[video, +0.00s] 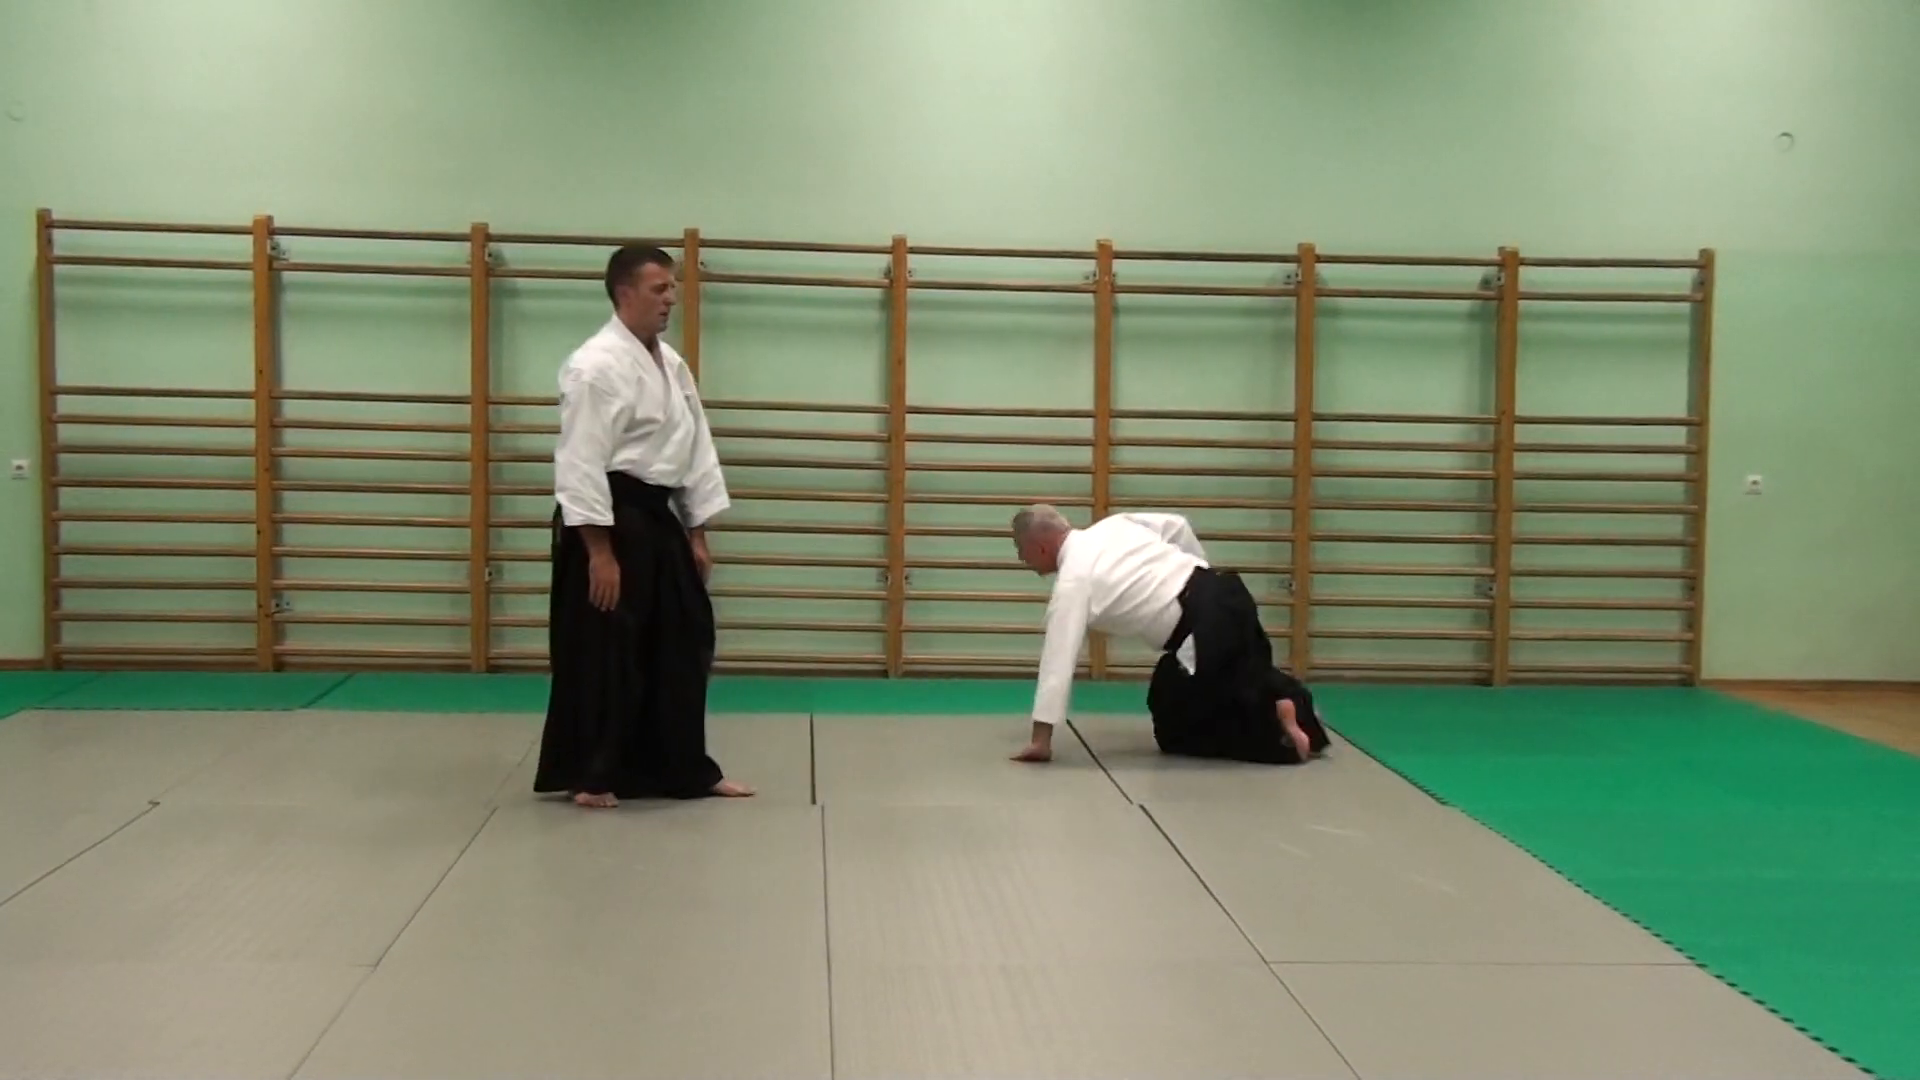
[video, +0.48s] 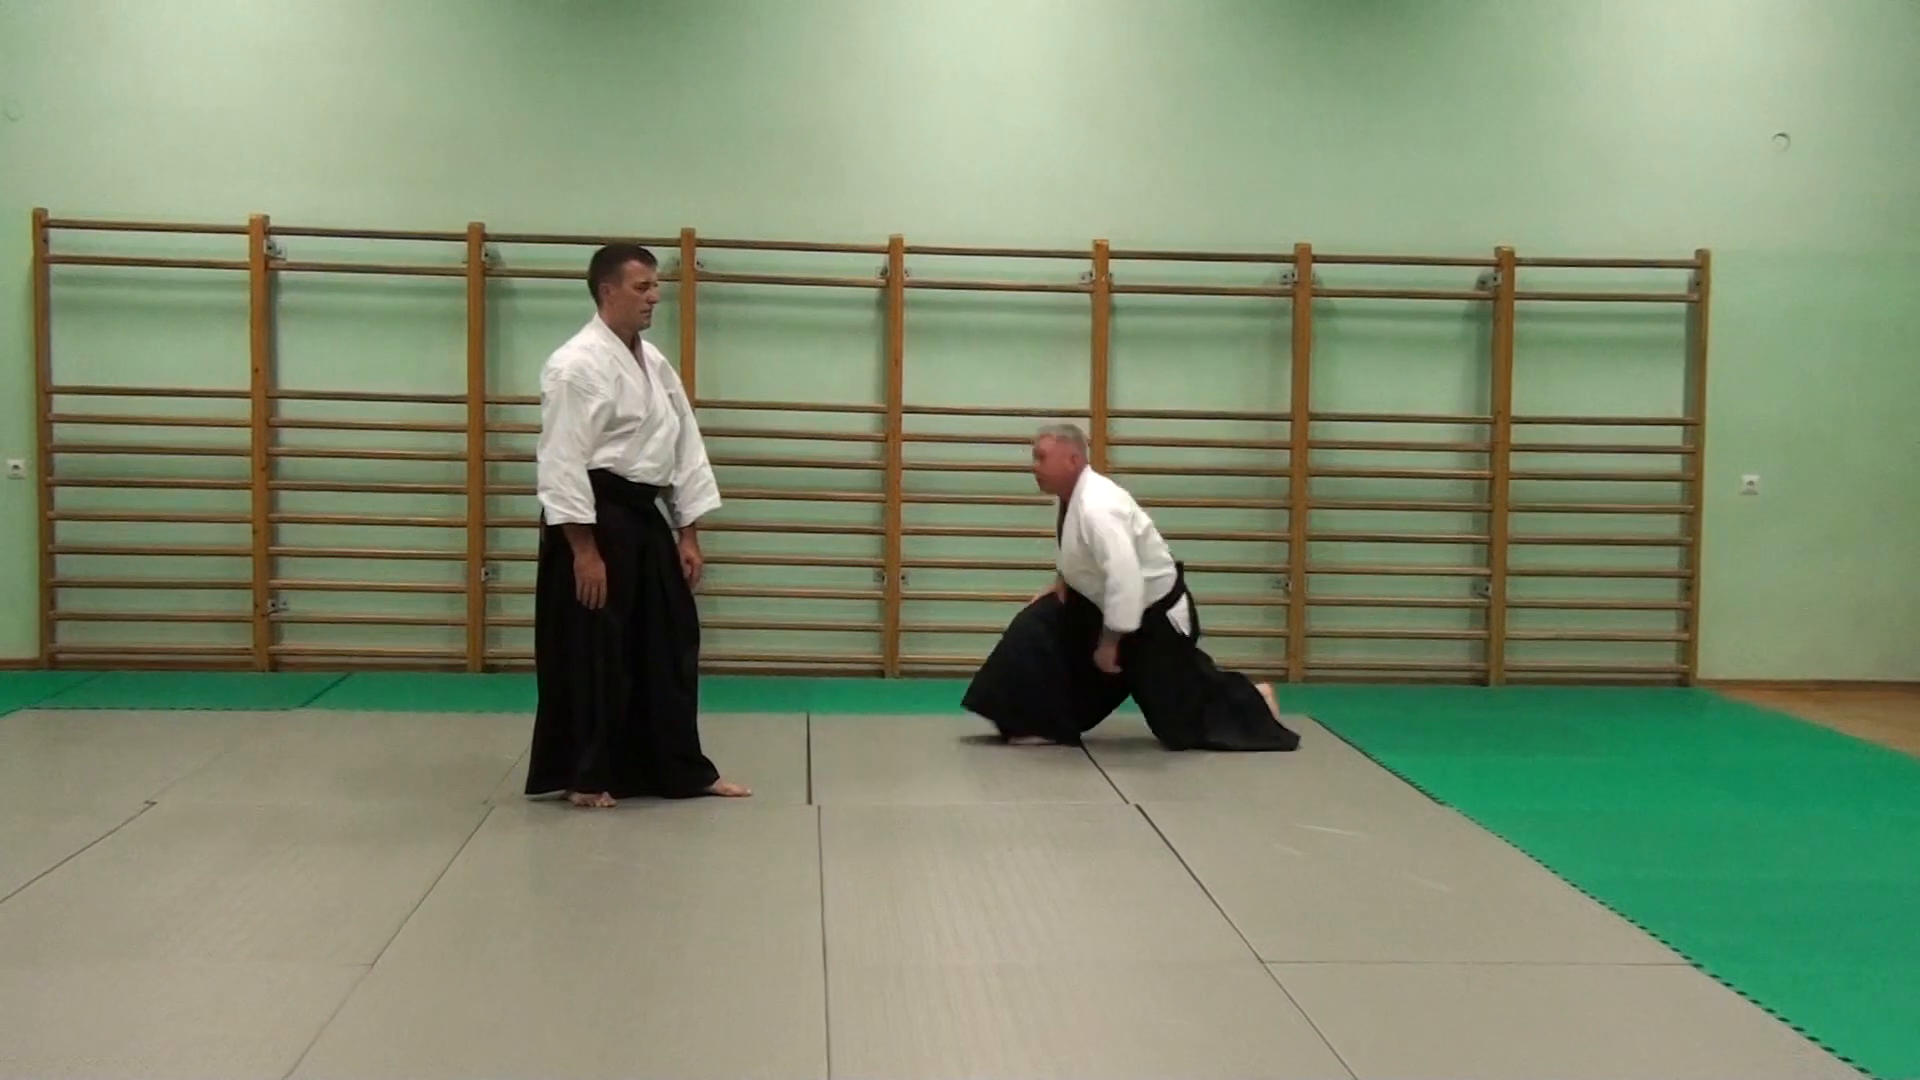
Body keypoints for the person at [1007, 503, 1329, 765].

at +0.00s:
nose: (1032, 568)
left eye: (1028, 560)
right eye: (1027, 562)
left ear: (1042, 545)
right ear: (1060, 528)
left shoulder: (1074, 575)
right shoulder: (1116, 524)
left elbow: (1058, 658)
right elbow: (1176, 526)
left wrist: (1041, 740)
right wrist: (1203, 580)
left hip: (1198, 631)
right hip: (1227, 596)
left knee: (1175, 735)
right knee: (1257, 677)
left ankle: (1269, 729)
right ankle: (1298, 710)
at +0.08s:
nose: (1031, 551)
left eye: (1029, 543)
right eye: (1028, 544)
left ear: (1049, 536)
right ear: (1065, 522)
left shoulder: (1079, 571)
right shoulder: (1120, 514)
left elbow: (1063, 651)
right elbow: (1180, 514)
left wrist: (1043, 729)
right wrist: (1197, 573)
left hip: (1201, 633)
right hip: (1224, 590)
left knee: (1175, 734)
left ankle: (1279, 741)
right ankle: (1275, 707)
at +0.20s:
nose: (1035, 526)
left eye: (1037, 516)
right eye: (1033, 517)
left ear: (1062, 510)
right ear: (1068, 504)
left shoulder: (1089, 549)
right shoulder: (1123, 502)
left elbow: (1070, 629)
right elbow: (1177, 509)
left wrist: (1048, 704)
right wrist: (1150, 562)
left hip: (1205, 628)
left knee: (1175, 734)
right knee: (1110, 631)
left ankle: (1278, 717)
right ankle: (1121, 718)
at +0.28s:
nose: (1035, 506)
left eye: (1039, 497)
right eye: (1036, 497)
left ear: (1067, 496)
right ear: (1074, 492)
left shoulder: (1094, 539)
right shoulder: (1125, 496)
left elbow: (1077, 618)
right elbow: (1164, 512)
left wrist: (1060, 685)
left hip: (1194, 628)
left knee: (1176, 734)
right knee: (1101, 652)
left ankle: (1262, 702)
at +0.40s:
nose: (1038, 485)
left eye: (1044, 475)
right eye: (1038, 476)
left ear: (1075, 475)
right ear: (1074, 474)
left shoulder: (1100, 520)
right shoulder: (1086, 510)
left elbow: (1105, 597)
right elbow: (1088, 583)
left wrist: (1086, 659)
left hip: (1172, 626)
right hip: (1133, 619)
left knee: (1176, 732)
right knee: (1056, 611)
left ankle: (1254, 701)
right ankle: (1052, 722)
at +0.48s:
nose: (1034, 467)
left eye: (1041, 458)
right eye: (1034, 459)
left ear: (1073, 460)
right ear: (1067, 459)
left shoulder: (1098, 506)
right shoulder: (1075, 497)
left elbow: (1125, 576)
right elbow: (1085, 548)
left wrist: (1110, 640)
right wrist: (1065, 583)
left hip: (1153, 614)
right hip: (1111, 605)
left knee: (1177, 726)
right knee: (1036, 625)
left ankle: (1253, 700)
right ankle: (1041, 726)